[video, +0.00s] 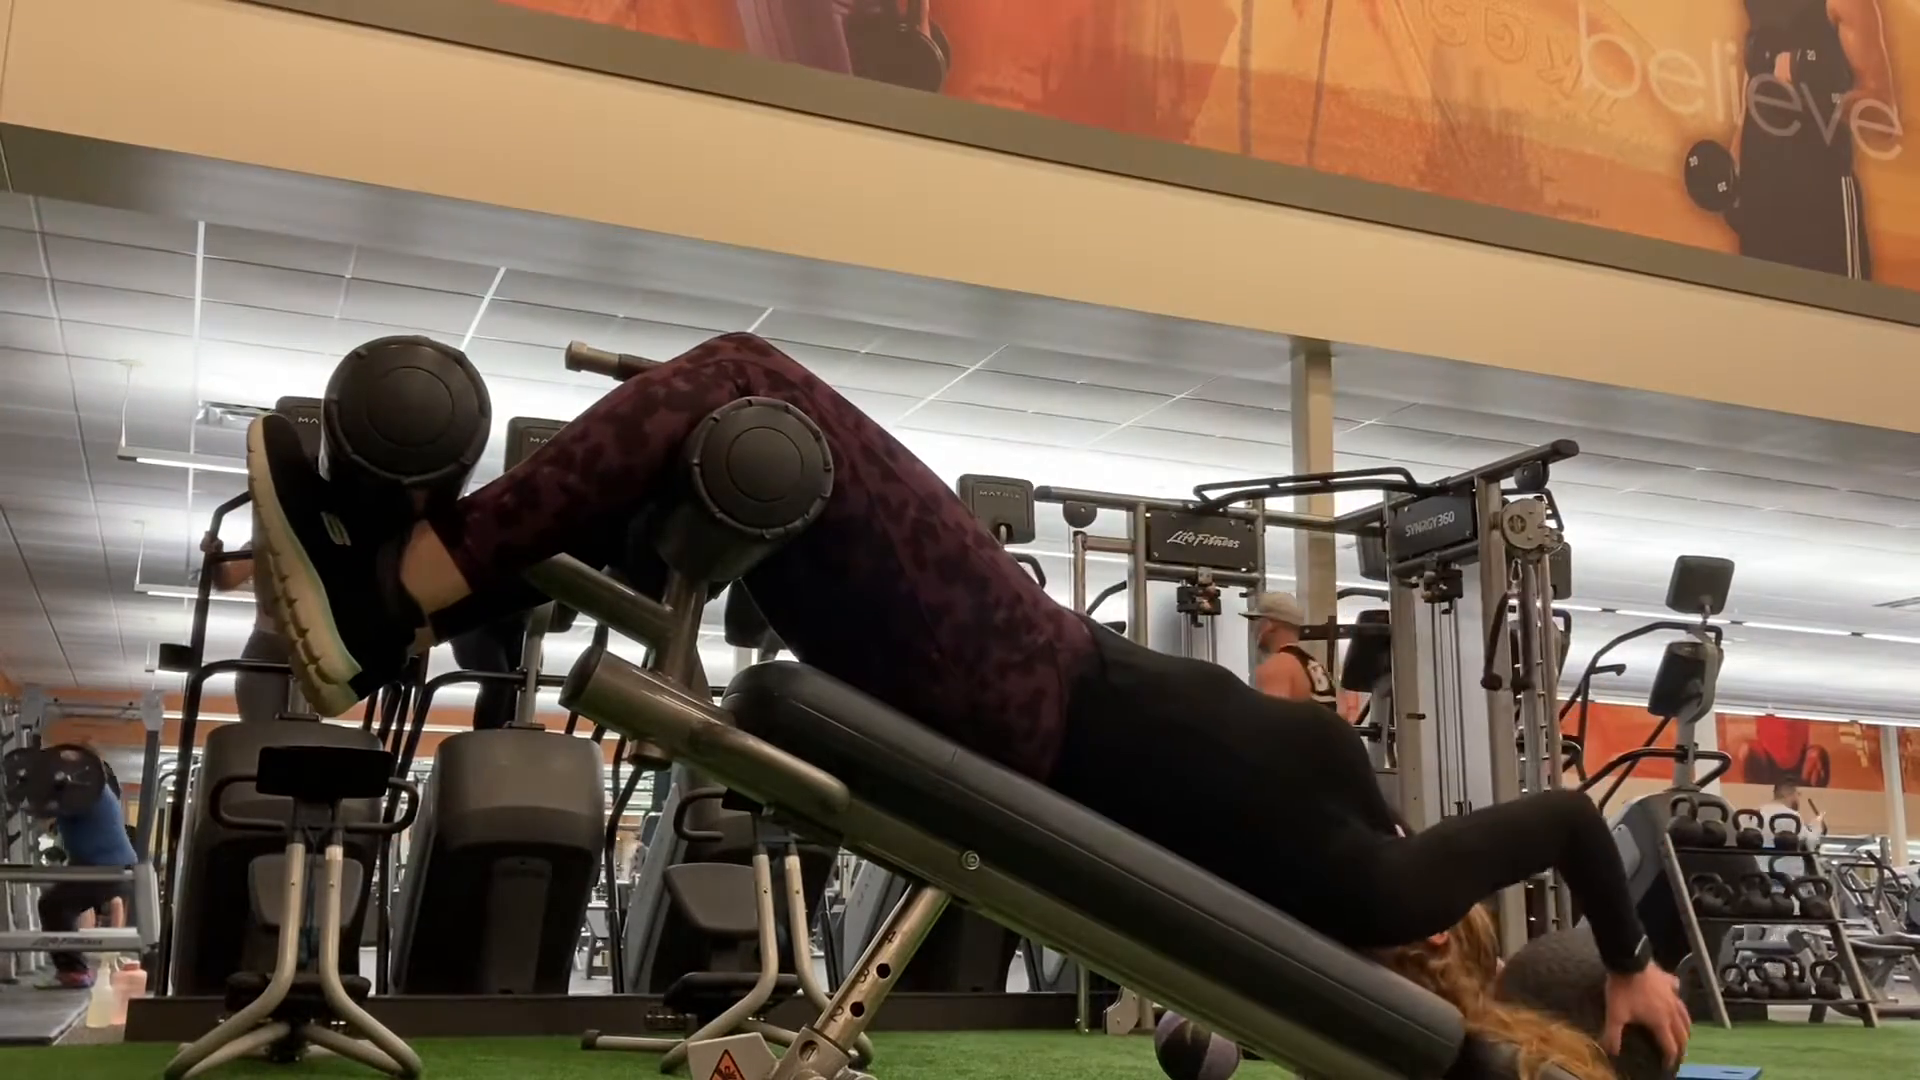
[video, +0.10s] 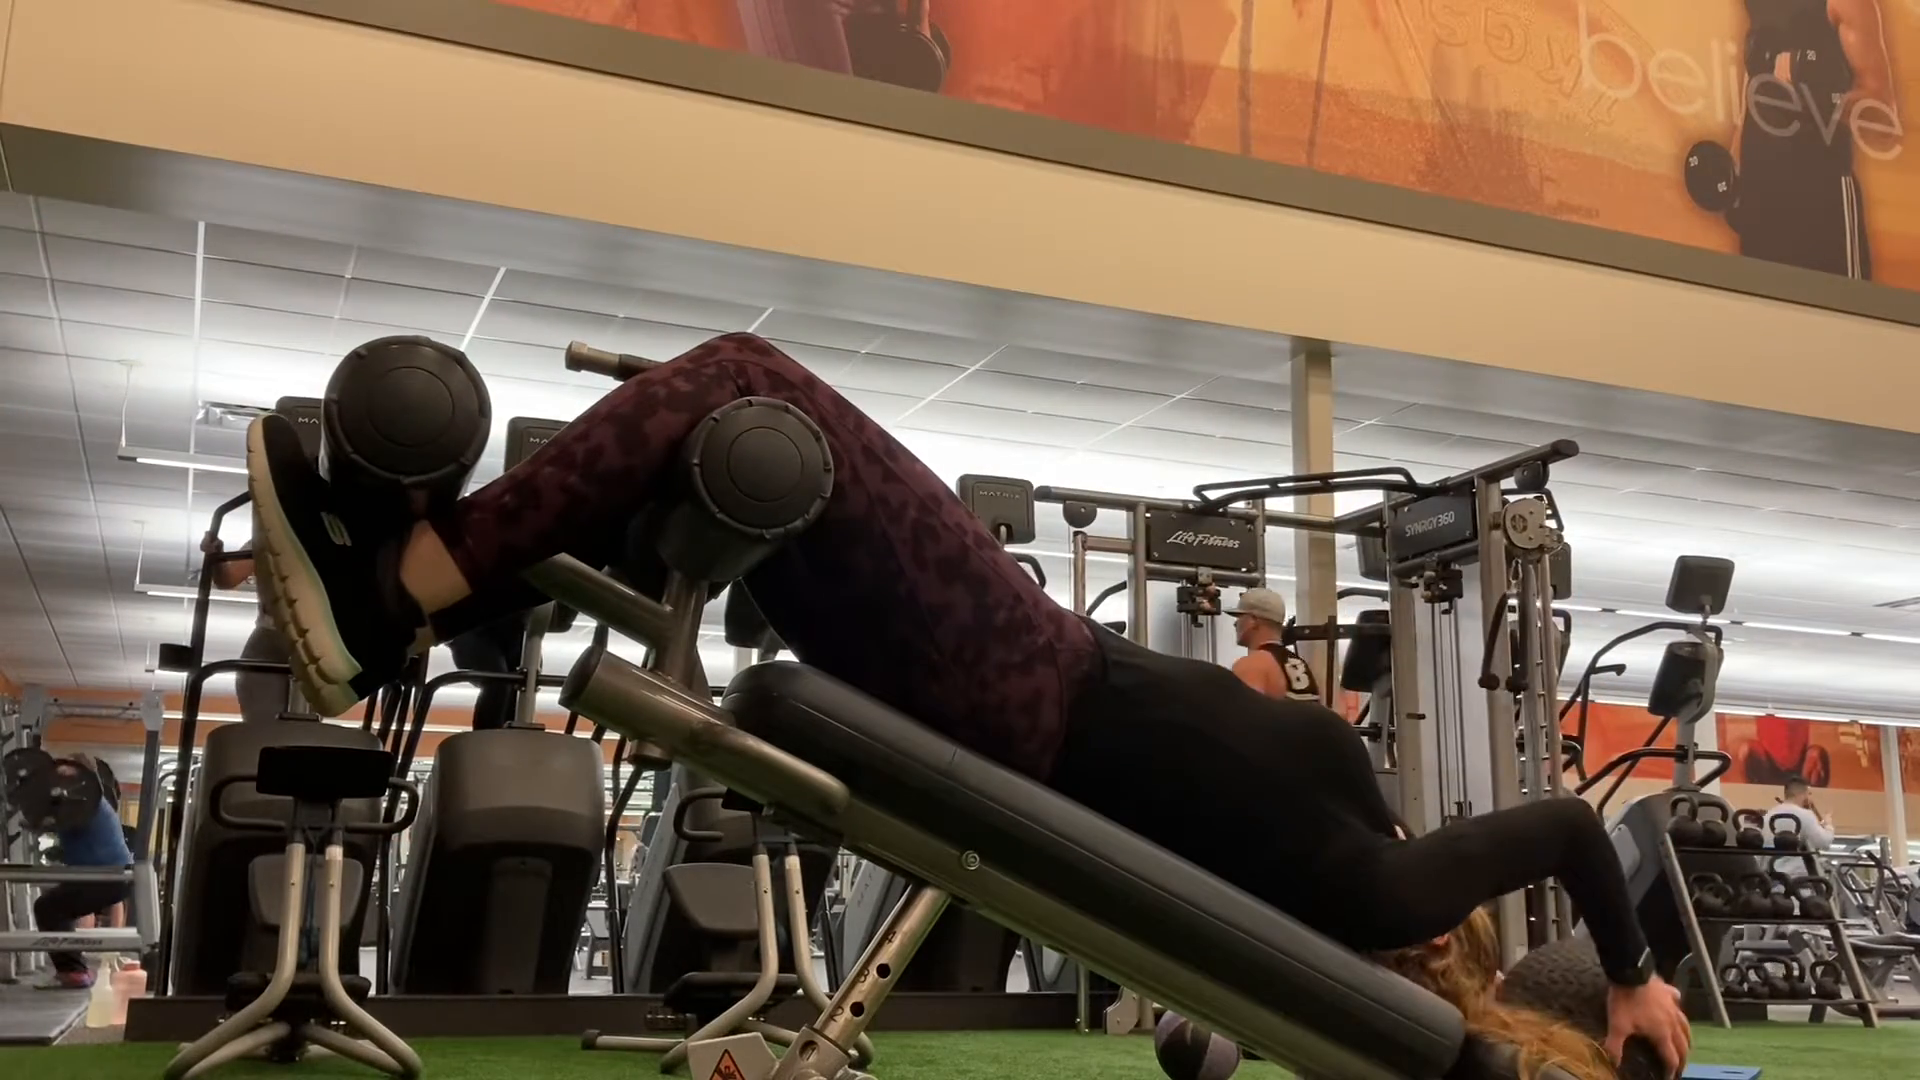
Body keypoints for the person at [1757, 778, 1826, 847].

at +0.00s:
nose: (1798, 799)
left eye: (1798, 795)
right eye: (1797, 795)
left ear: (1776, 794)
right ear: (1788, 795)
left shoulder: (1759, 812)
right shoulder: (1793, 816)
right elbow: (1810, 845)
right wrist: (1817, 825)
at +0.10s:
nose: (1808, 798)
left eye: (1809, 794)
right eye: (1808, 794)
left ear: (1786, 794)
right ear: (1802, 794)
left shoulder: (1769, 814)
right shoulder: (1806, 815)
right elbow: (1823, 842)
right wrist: (1828, 825)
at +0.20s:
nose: (1816, 799)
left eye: (1817, 795)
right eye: (1815, 795)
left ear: (1794, 796)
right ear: (1807, 796)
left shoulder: (1781, 814)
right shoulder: (1813, 816)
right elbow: (1834, 842)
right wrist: (1837, 826)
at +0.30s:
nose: (1827, 802)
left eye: (1827, 798)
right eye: (1826, 798)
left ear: (1806, 798)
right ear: (1819, 798)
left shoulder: (1794, 815)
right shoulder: (1825, 818)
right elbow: (1848, 844)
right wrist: (1847, 826)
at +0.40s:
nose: (1842, 804)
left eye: (1842, 800)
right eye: (1840, 800)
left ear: (1818, 800)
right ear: (1832, 800)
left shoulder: (1805, 819)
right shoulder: (1837, 819)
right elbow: (1858, 843)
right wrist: (1858, 826)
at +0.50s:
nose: (1854, 804)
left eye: (1854, 800)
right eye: (1852, 799)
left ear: (1830, 799)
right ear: (1844, 799)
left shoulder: (1813, 823)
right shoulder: (1849, 819)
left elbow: (1813, 853)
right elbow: (1870, 842)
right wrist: (1870, 826)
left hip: (1825, 888)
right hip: (1851, 888)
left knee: (1836, 933)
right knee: (1861, 933)